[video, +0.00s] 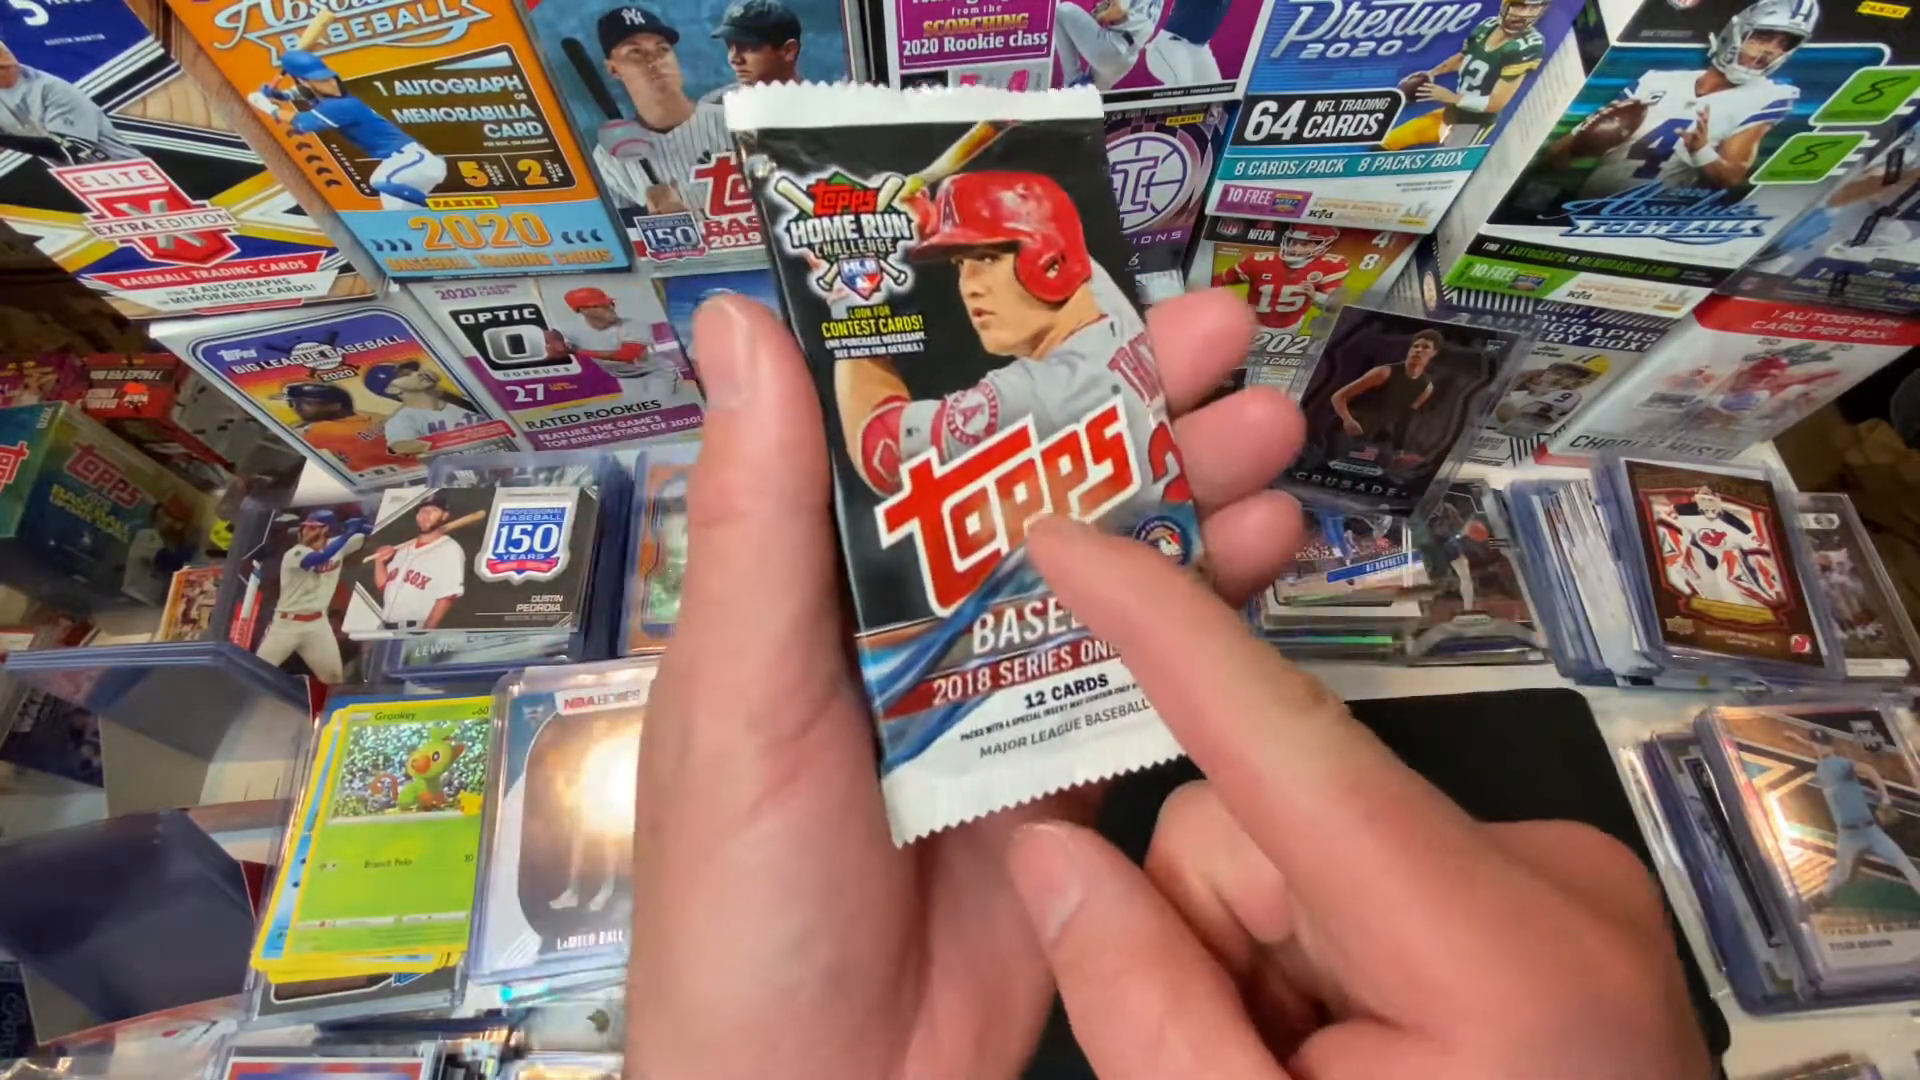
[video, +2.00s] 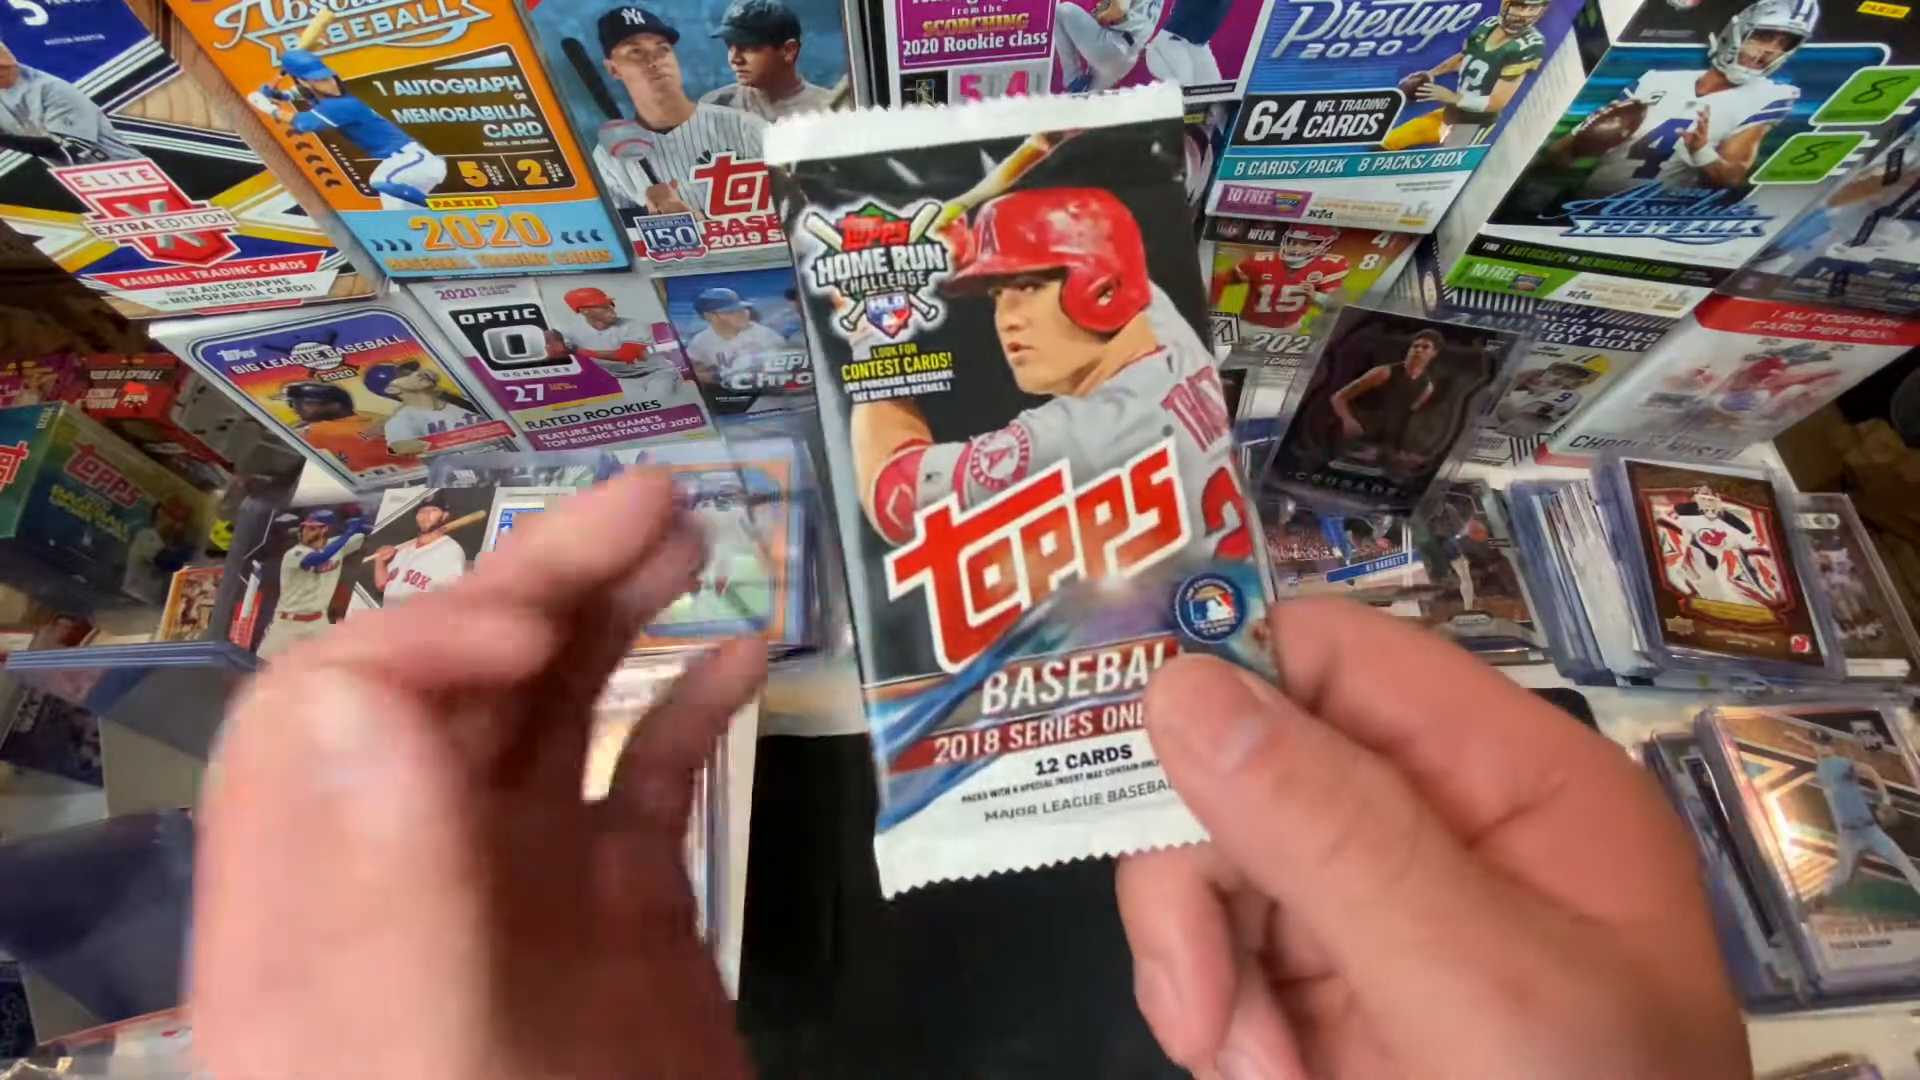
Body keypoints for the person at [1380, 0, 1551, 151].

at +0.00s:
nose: (1517, 17)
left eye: (1528, 11)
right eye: (1513, 8)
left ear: (1541, 12)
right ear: (1503, 5)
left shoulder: (1527, 47)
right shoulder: (1486, 26)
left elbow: (1495, 103)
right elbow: (1463, 58)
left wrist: (1449, 97)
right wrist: (1432, 73)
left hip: (1478, 123)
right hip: (1452, 111)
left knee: (1441, 174)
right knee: (1388, 141)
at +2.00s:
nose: (1520, 13)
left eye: (1530, 7)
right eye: (1515, 5)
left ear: (1542, 11)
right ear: (1503, 4)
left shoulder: (1528, 47)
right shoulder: (1487, 26)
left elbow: (1496, 103)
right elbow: (1463, 58)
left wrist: (1451, 97)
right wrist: (1431, 73)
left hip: (1478, 122)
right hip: (1452, 110)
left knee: (1442, 172)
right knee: (1389, 141)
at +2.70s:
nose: (1518, 14)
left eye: (1529, 8)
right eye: (1515, 5)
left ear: (1542, 11)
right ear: (1504, 4)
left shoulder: (1527, 47)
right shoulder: (1488, 26)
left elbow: (1496, 104)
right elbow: (1464, 57)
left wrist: (1450, 97)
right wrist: (1431, 73)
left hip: (1479, 122)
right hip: (1452, 111)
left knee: (1442, 172)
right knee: (1389, 141)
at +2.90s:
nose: (1519, 13)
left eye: (1529, 7)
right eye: (1515, 5)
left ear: (1542, 11)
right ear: (1504, 4)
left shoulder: (1527, 48)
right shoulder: (1487, 26)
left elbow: (1495, 104)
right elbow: (1463, 57)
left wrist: (1450, 97)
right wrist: (1431, 74)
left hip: (1478, 122)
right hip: (1452, 110)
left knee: (1443, 172)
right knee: (1389, 141)